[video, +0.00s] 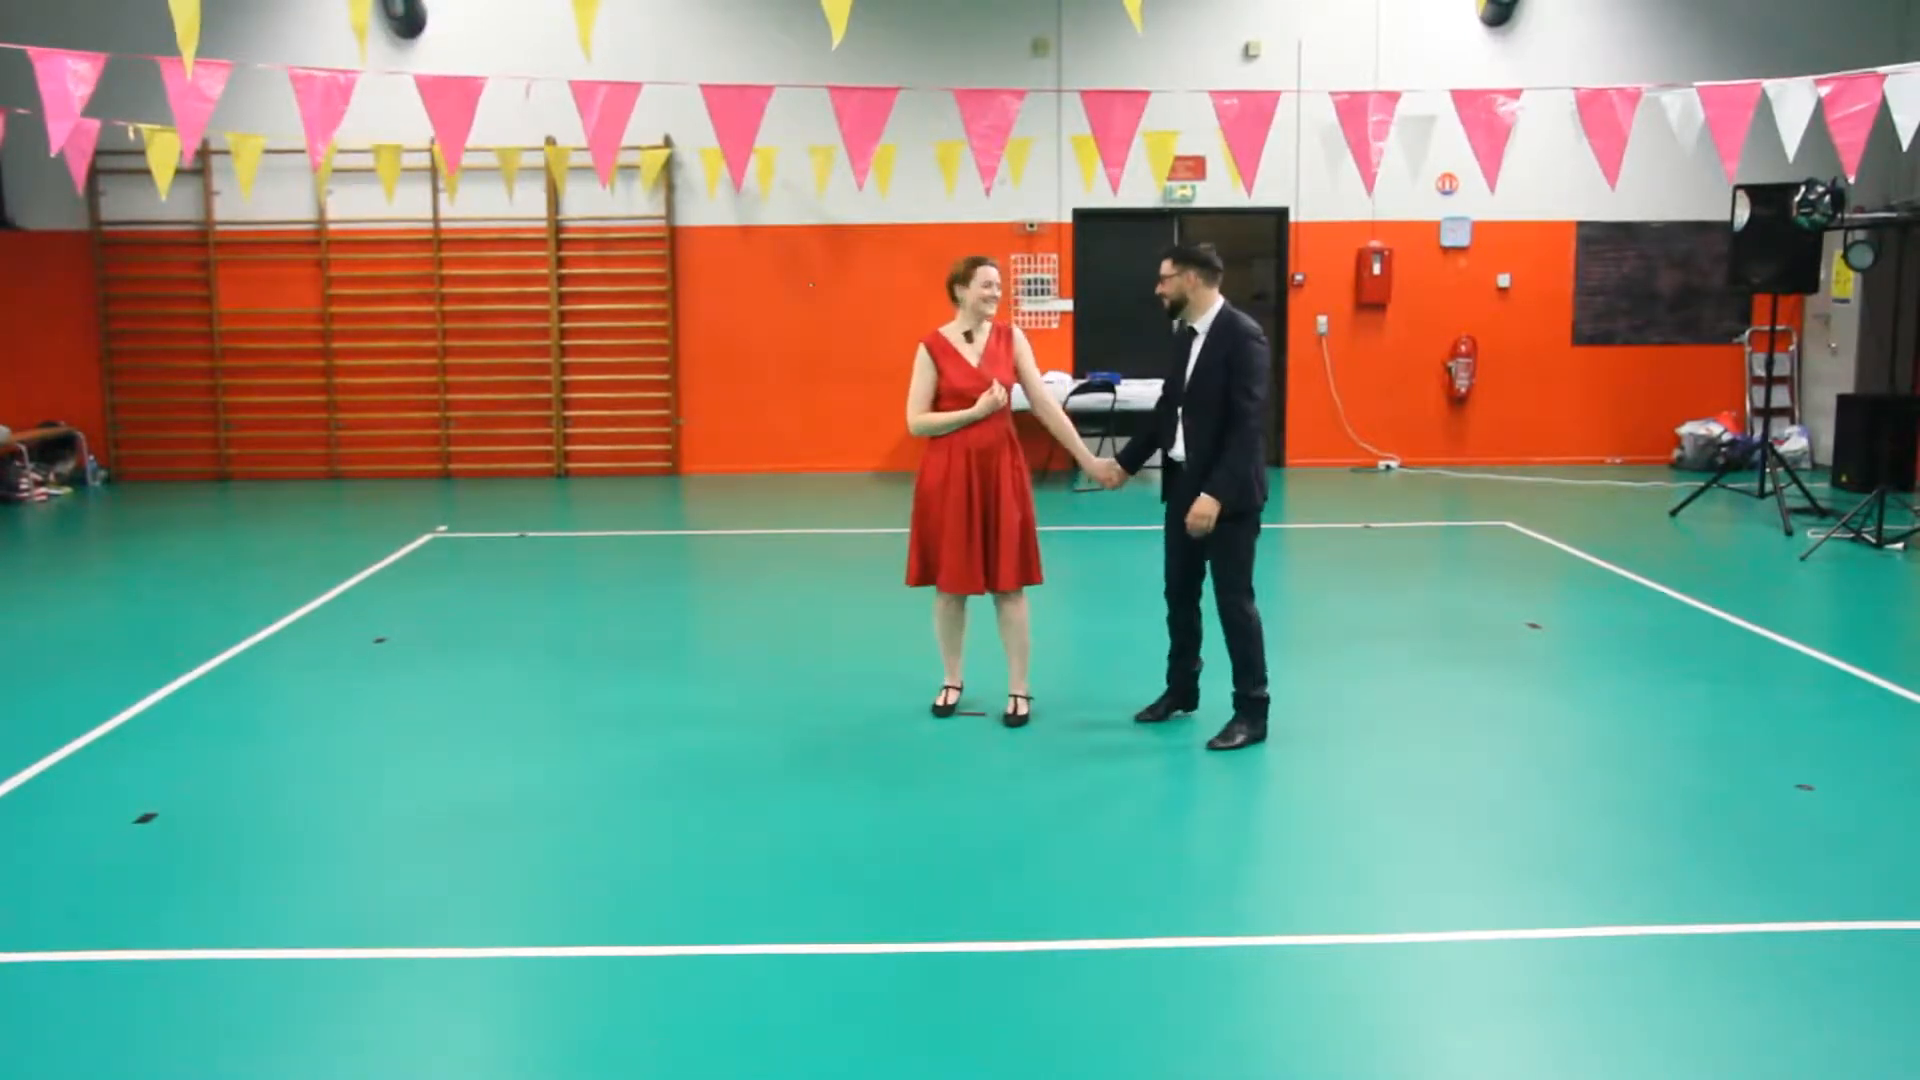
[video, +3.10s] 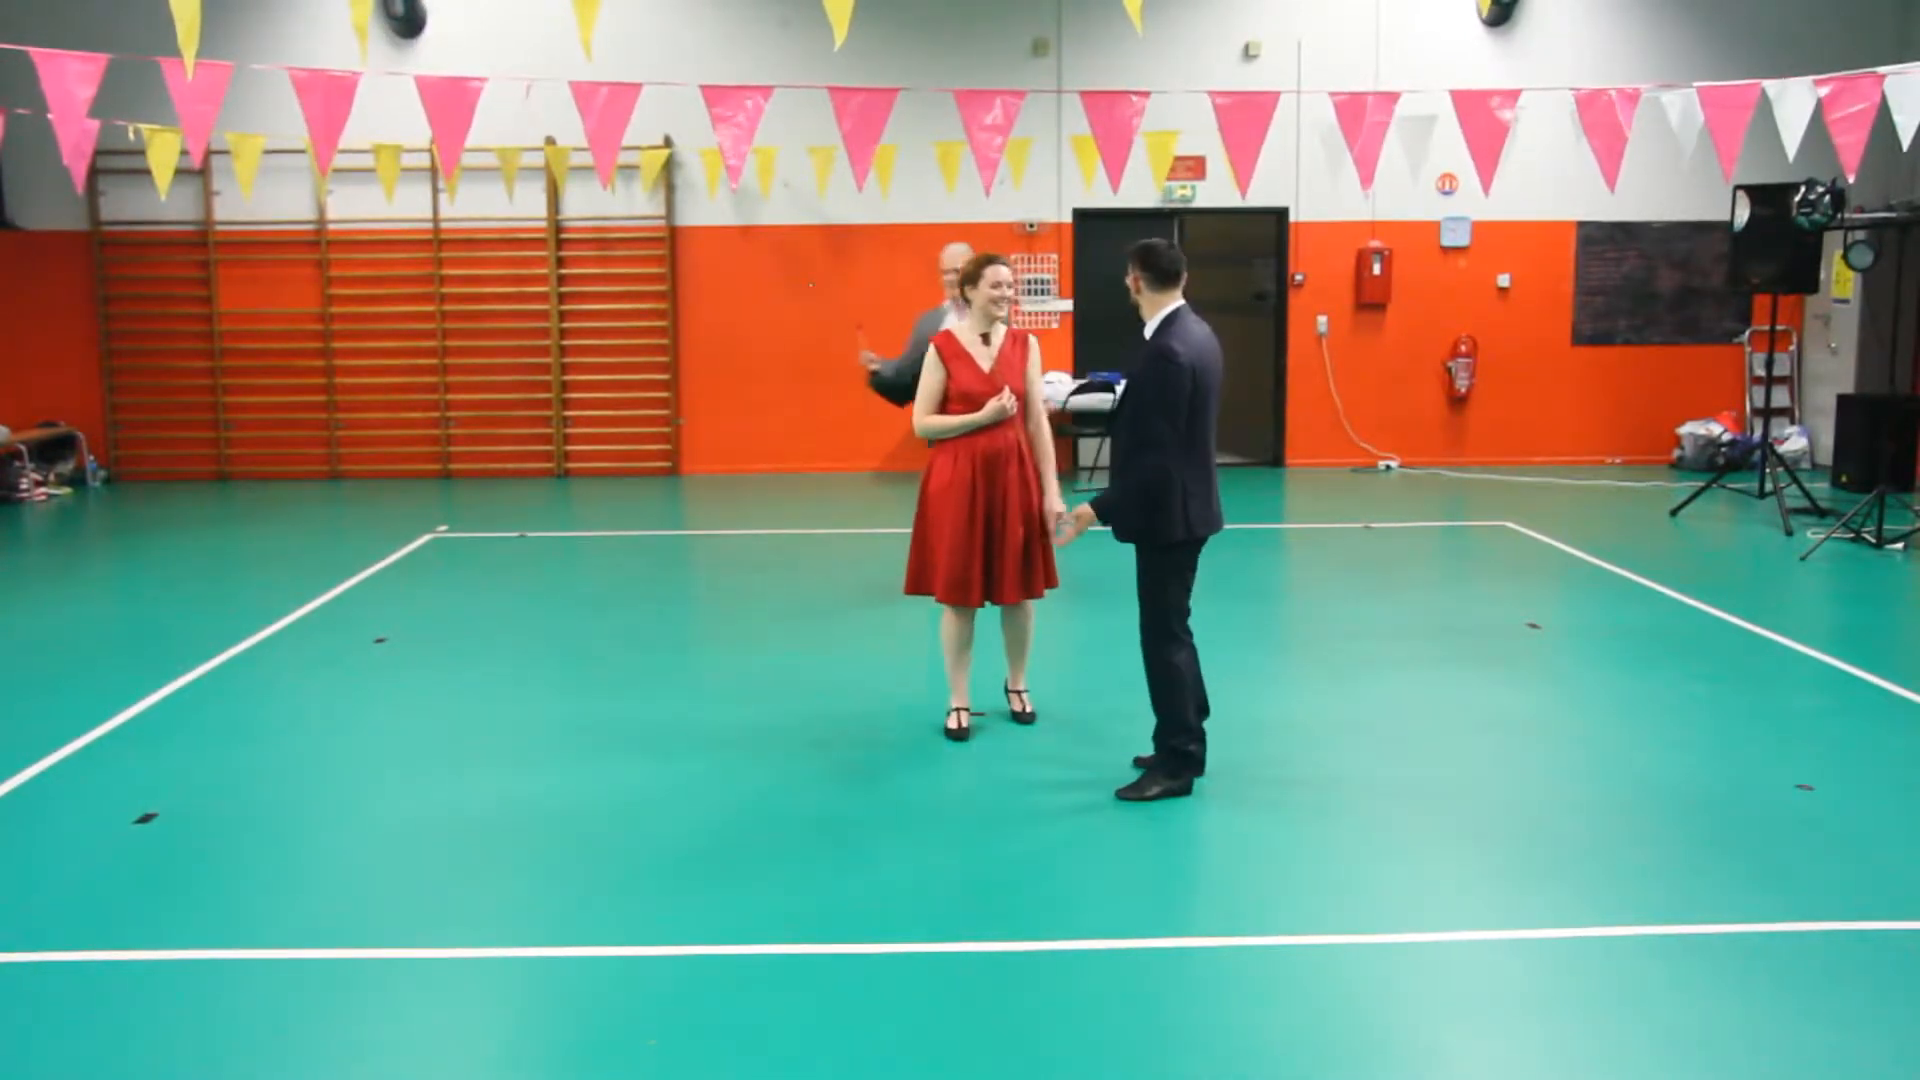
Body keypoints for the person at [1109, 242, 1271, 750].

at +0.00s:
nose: (1160, 288)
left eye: (1166, 279)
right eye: (1160, 279)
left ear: (1196, 280)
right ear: (1190, 282)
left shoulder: (1243, 336)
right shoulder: (1186, 334)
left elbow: (1248, 427)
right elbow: (1167, 409)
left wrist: (1216, 494)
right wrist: (1124, 464)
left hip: (1231, 489)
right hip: (1184, 486)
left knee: (1235, 603)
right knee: (1180, 595)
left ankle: (1251, 713)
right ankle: (1181, 691)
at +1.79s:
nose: (1130, 291)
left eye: (1141, 282)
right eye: (1128, 282)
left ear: (1175, 284)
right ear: (1139, 289)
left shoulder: (1211, 346)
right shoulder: (1146, 344)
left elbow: (1238, 435)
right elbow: (1133, 423)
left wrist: (1240, 517)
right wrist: (1097, 479)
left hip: (1193, 504)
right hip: (1149, 500)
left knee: (1185, 630)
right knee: (1175, 627)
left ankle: (1184, 759)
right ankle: (1184, 731)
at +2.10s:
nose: (1119, 287)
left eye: (1129, 277)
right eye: (1120, 278)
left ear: (1167, 280)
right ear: (1152, 282)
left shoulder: (1192, 344)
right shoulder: (1154, 340)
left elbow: (1203, 441)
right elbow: (1138, 424)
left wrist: (1185, 526)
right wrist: (1102, 466)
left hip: (1174, 514)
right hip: (1146, 509)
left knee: (1173, 640)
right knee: (1165, 635)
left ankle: (1178, 763)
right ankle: (1179, 733)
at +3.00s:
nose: (1123, 286)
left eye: (1124, 278)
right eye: (1127, 277)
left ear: (1131, 282)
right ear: (1176, 280)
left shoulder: (1161, 352)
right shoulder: (1192, 335)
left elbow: (1146, 453)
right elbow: (1157, 425)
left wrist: (1117, 529)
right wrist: (1111, 470)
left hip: (1165, 518)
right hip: (1185, 510)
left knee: (1166, 638)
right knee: (1170, 633)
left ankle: (1180, 764)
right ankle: (1178, 742)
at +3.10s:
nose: (1125, 286)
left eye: (1127, 278)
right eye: (1130, 277)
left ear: (1137, 282)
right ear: (1180, 280)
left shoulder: (1166, 351)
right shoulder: (1195, 336)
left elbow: (1152, 456)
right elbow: (1148, 411)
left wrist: (1095, 508)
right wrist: (1073, 398)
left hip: (1165, 519)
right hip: (1187, 511)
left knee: (1162, 637)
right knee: (1171, 629)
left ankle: (1179, 763)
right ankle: (1182, 737)